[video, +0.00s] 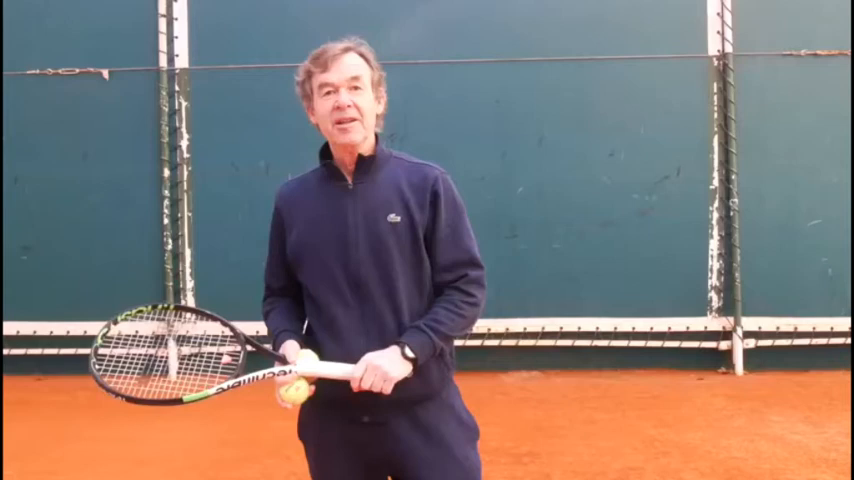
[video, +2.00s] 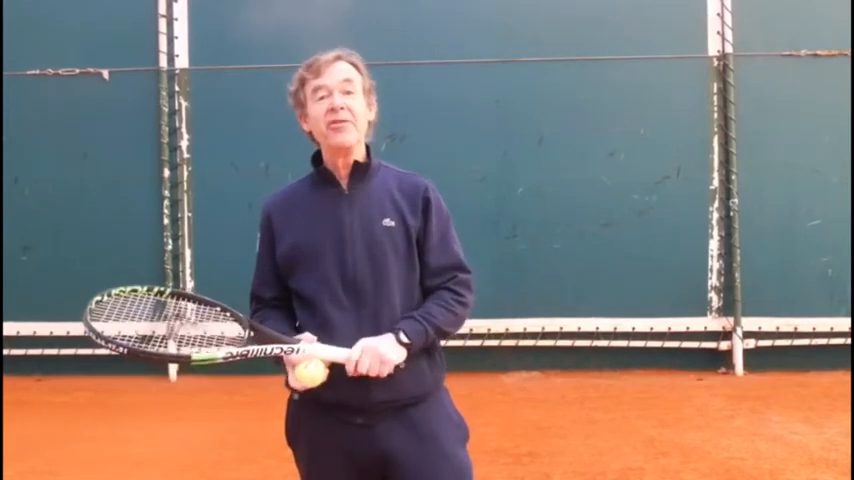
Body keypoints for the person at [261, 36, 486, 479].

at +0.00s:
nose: (342, 101)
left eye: (355, 87)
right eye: (327, 91)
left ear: (379, 101)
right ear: (312, 112)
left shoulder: (428, 186)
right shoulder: (292, 201)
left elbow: (466, 288)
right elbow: (280, 294)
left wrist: (404, 353)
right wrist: (287, 343)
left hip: (426, 418)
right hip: (333, 422)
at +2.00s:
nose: (336, 102)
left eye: (348, 90)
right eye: (321, 95)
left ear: (370, 107)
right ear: (306, 120)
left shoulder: (416, 195)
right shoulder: (281, 211)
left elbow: (455, 289)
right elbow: (267, 307)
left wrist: (399, 339)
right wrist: (294, 346)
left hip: (417, 418)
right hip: (325, 424)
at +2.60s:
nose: (332, 99)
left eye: (343, 85)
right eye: (316, 91)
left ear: (367, 99)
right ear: (302, 115)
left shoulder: (417, 184)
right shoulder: (280, 208)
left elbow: (458, 273)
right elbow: (270, 304)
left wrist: (422, 335)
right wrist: (308, 349)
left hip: (432, 410)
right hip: (343, 418)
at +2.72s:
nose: (343, 97)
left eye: (355, 84)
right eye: (328, 89)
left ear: (380, 99)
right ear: (314, 111)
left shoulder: (426, 186)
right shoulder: (288, 204)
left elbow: (465, 277)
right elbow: (275, 301)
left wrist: (428, 333)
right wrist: (320, 343)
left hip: (433, 411)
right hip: (344, 418)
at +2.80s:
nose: (352, 95)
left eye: (365, 82)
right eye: (337, 86)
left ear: (389, 99)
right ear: (322, 108)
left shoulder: (434, 188)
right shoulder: (294, 201)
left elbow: (472, 281)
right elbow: (279, 298)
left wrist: (434, 338)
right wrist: (321, 340)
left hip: (436, 413)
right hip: (345, 418)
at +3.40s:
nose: (422, 91)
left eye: (436, 80)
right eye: (407, 81)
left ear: (459, 102)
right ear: (388, 103)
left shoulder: (488, 203)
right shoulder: (344, 195)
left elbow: (514, 299)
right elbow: (317, 296)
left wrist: (476, 322)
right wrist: (345, 342)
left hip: (469, 432)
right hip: (370, 429)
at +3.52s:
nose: (432, 95)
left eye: (446, 83)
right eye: (417, 84)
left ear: (468, 102)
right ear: (397, 103)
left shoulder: (498, 203)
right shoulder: (352, 195)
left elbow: (528, 306)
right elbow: (326, 294)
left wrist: (489, 302)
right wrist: (351, 345)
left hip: (476, 432)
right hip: (377, 427)